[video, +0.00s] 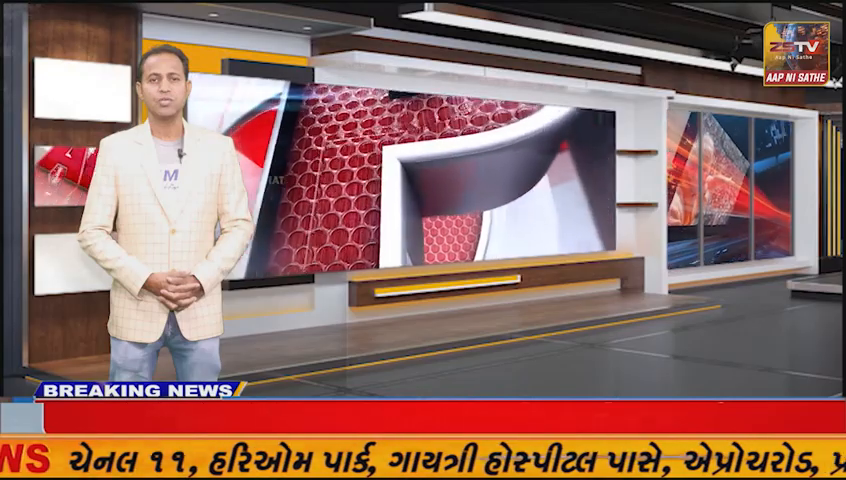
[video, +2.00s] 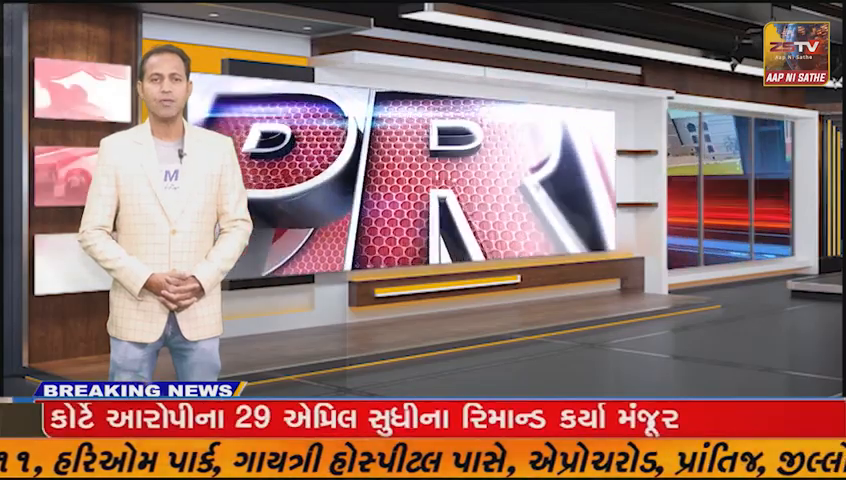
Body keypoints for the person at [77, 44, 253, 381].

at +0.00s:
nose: (164, 87)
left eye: (174, 78)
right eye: (154, 79)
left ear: (187, 88)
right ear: (140, 90)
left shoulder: (219, 147)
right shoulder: (115, 148)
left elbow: (239, 224)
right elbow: (92, 232)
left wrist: (202, 279)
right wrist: (145, 279)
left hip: (199, 310)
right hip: (135, 311)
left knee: (204, 417)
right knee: (126, 418)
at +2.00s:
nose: (166, 88)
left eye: (175, 79)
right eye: (155, 79)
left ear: (188, 88)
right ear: (141, 89)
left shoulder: (219, 147)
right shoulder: (116, 148)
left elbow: (238, 224)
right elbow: (92, 232)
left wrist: (201, 280)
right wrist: (146, 279)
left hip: (199, 309)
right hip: (135, 310)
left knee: (205, 419)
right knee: (126, 420)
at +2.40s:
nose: (168, 88)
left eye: (178, 79)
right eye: (158, 79)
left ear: (190, 88)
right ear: (143, 89)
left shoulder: (220, 148)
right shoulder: (117, 147)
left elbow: (239, 225)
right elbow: (93, 232)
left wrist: (202, 280)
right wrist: (146, 279)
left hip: (199, 309)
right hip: (136, 310)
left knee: (205, 419)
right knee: (125, 420)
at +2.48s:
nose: (168, 88)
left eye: (178, 79)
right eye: (158, 79)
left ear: (191, 88)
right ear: (143, 89)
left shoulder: (220, 148)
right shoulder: (117, 147)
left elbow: (239, 225)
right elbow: (93, 231)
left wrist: (202, 280)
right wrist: (146, 279)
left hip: (199, 309)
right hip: (135, 310)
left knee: (205, 419)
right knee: (125, 419)